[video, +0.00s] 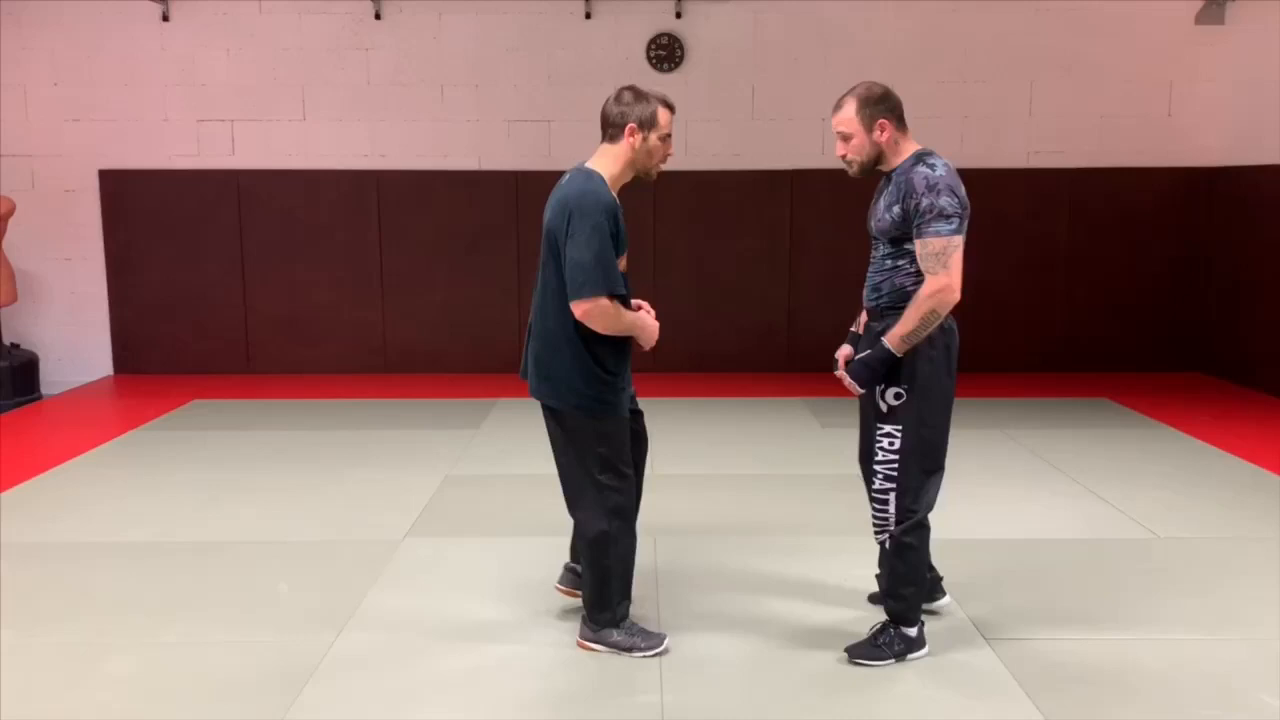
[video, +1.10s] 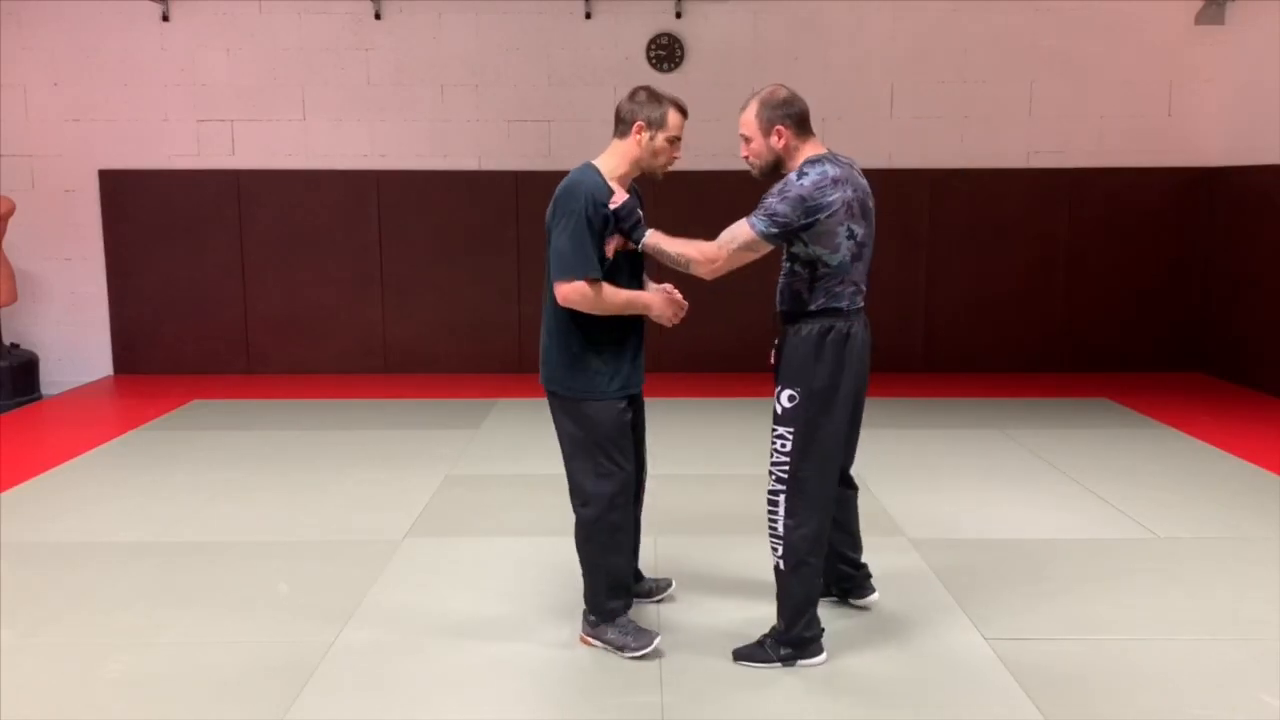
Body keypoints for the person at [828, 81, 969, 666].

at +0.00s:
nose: (840, 149)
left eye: (846, 137)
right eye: (837, 137)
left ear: (883, 130)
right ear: (881, 133)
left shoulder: (930, 182)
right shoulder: (896, 183)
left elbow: (943, 288)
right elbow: (887, 279)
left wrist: (881, 354)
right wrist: (857, 336)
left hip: (918, 348)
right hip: (891, 344)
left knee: (899, 480)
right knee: (885, 472)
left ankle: (903, 625)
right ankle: (916, 577)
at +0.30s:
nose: (816, 152)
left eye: (822, 140)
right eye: (814, 141)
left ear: (858, 133)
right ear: (857, 134)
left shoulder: (904, 183)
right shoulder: (877, 183)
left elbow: (894, 289)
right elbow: (876, 283)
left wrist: (807, 317)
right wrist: (846, 342)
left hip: (902, 350)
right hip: (871, 347)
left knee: (893, 492)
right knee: (845, 461)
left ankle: (902, 631)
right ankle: (860, 573)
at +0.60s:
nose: (788, 156)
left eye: (795, 144)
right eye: (787, 145)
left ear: (831, 137)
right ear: (829, 138)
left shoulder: (872, 184)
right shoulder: (849, 184)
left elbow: (830, 274)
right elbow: (846, 281)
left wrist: (762, 243)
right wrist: (818, 342)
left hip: (869, 343)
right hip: (850, 340)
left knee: (829, 476)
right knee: (835, 466)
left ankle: (882, 612)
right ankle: (851, 574)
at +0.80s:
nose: (765, 158)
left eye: (770, 145)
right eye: (762, 146)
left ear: (806, 138)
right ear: (808, 139)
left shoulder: (839, 188)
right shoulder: (846, 177)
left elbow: (759, 266)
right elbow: (833, 271)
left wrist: (682, 232)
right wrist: (803, 332)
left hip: (842, 342)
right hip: (854, 338)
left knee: (811, 481)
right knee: (847, 469)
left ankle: (805, 632)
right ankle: (853, 580)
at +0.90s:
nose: (753, 157)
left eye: (758, 145)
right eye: (752, 146)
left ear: (794, 140)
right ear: (800, 140)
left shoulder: (818, 190)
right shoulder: (849, 177)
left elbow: (733, 265)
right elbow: (837, 272)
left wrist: (657, 242)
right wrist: (802, 329)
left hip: (832, 343)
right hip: (856, 337)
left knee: (808, 483)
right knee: (847, 470)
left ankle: (793, 633)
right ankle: (851, 578)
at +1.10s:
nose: (744, 151)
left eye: (748, 139)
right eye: (742, 140)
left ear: (781, 134)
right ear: (794, 133)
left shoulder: (806, 189)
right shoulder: (844, 175)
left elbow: (713, 261)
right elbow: (733, 248)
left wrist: (639, 238)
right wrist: (650, 243)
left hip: (816, 343)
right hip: (845, 339)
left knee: (794, 486)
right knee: (829, 471)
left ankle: (796, 633)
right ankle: (846, 574)